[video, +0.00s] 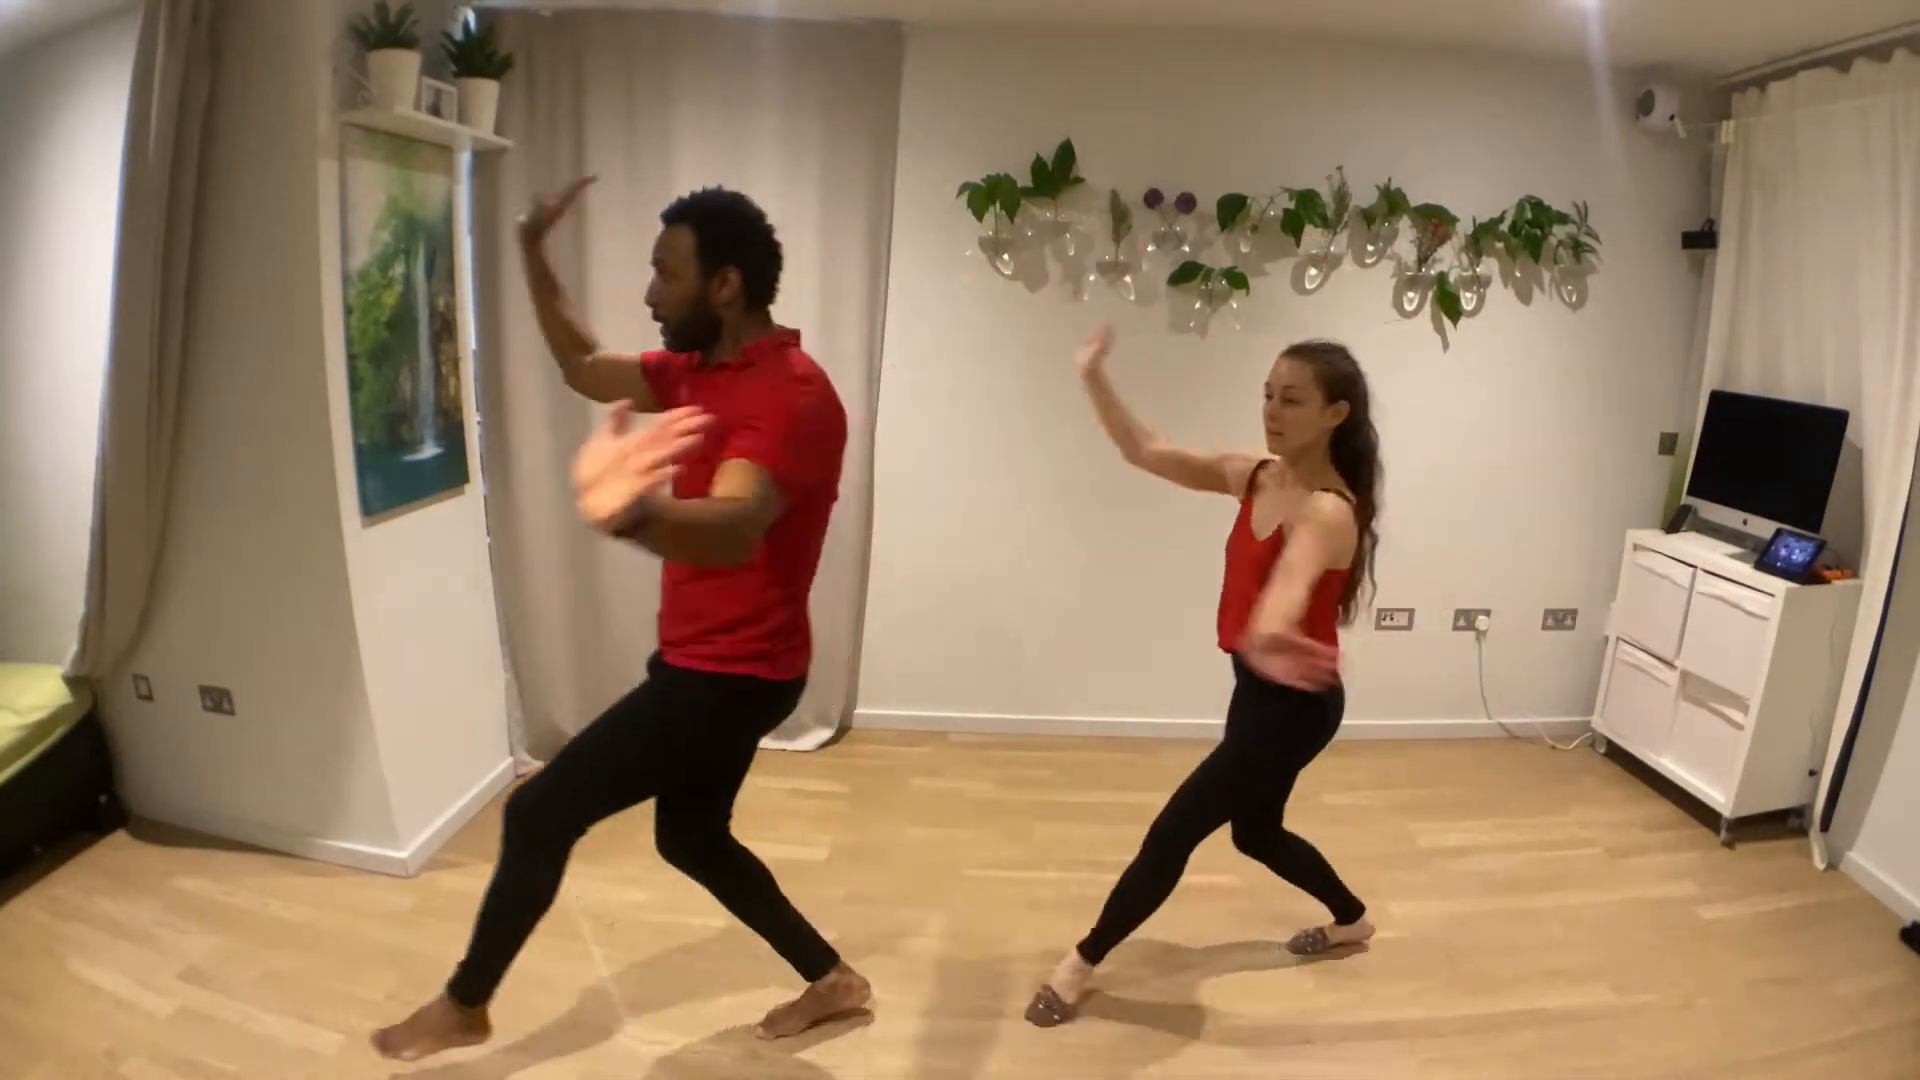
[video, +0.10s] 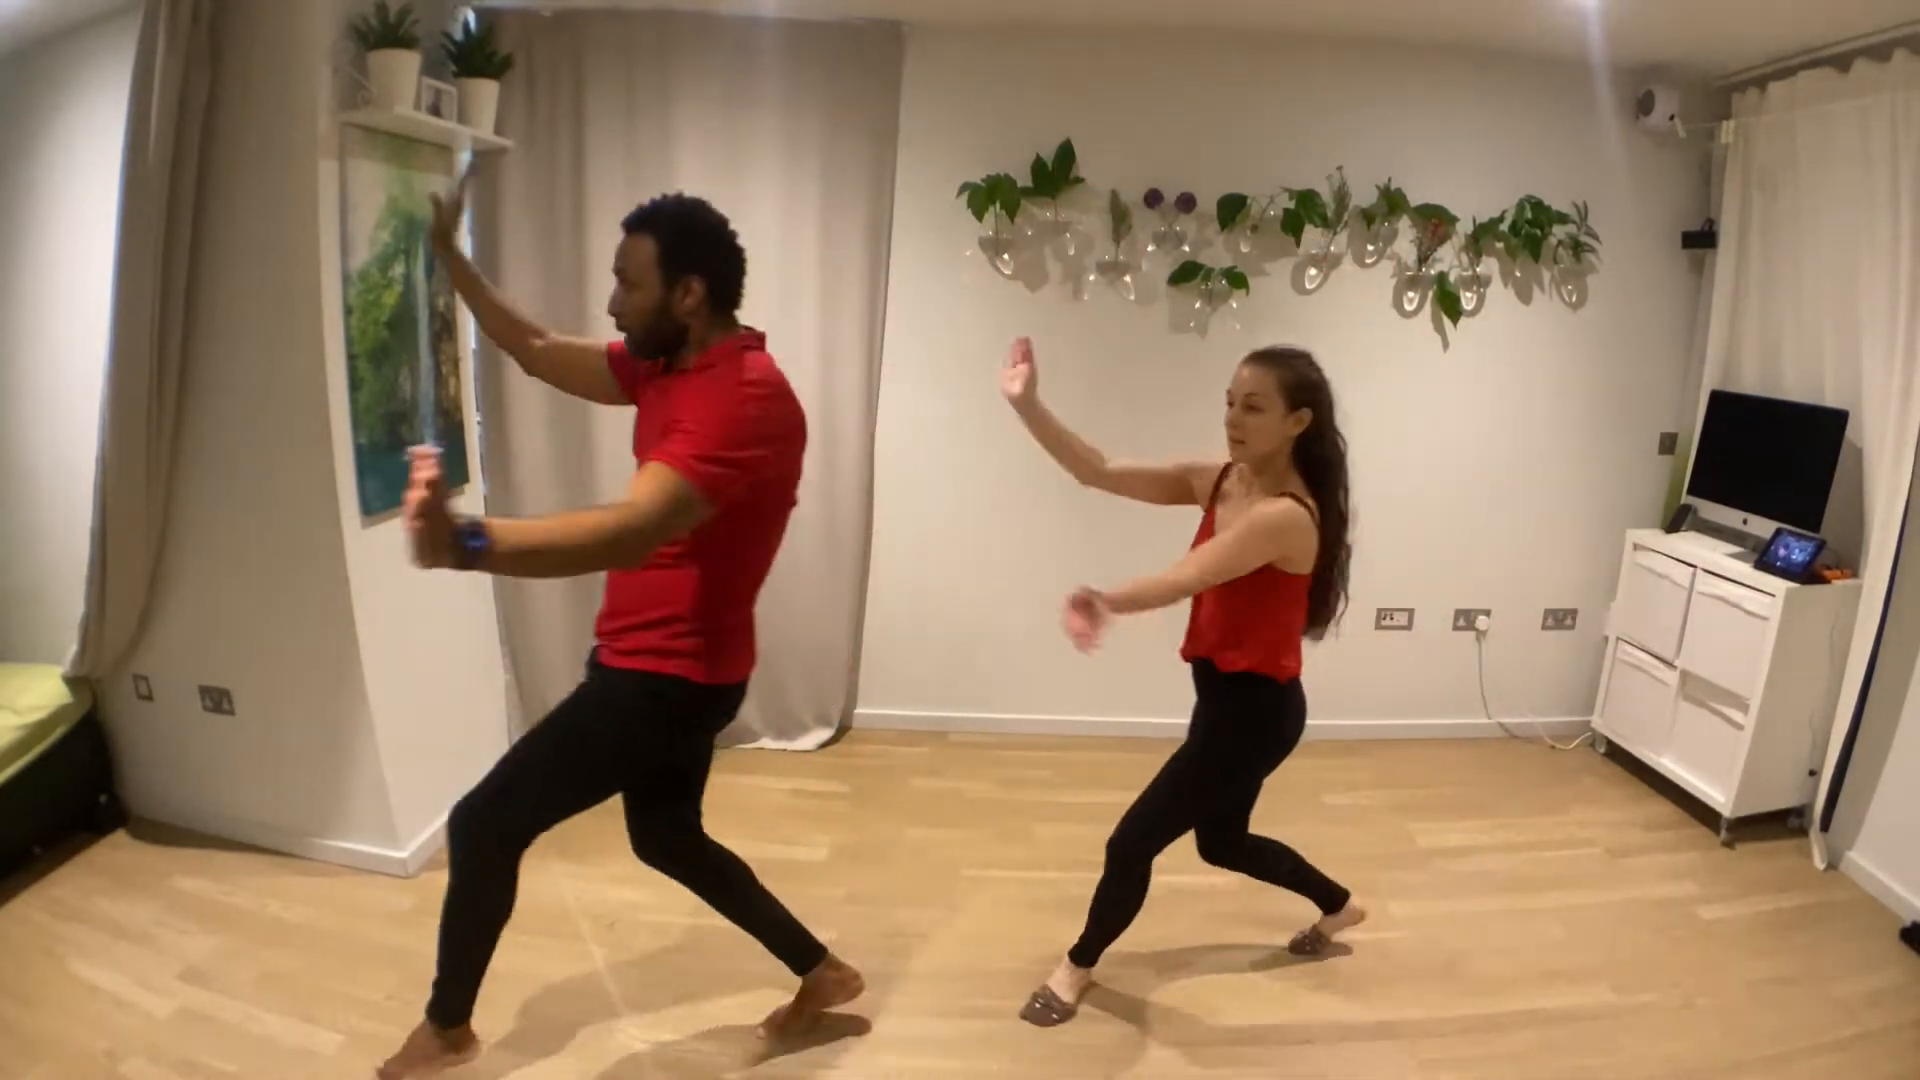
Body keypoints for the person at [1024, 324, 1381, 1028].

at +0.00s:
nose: (1270, 409)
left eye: (1289, 398)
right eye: (1269, 394)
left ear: (1336, 415)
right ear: (1264, 397)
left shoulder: (1328, 513)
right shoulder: (1254, 472)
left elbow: (1292, 585)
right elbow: (1147, 451)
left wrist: (1267, 627)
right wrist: (1096, 379)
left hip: (1298, 701)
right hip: (1256, 686)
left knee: (1177, 826)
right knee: (1257, 833)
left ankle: (1081, 963)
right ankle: (1352, 918)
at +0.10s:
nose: (1233, 417)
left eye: (1253, 407)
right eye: (1231, 402)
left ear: (1299, 422)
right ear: (1227, 402)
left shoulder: (1287, 517)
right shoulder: (1217, 478)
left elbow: (1190, 577)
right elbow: (1099, 471)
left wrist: (1107, 599)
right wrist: (1028, 405)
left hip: (1258, 711)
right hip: (1220, 701)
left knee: (1132, 843)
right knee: (1223, 843)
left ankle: (1076, 970)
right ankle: (1341, 905)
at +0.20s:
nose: (1197, 421)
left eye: (1216, 410)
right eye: (1195, 406)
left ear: (1264, 425)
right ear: (1193, 408)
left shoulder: (1247, 519)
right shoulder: (1190, 478)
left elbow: (1132, 581)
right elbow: (1084, 471)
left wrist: (1017, 584)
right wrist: (1011, 435)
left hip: (1223, 716)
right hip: (1185, 706)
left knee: (1103, 853)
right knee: (1165, 851)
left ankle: (1074, 972)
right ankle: (1292, 887)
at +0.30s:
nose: (1175, 423)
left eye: (1195, 412)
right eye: (1174, 408)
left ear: (1241, 427)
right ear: (1172, 408)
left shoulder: (1222, 515)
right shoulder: (1175, 475)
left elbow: (1121, 581)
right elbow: (1081, 453)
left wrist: (996, 602)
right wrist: (1022, 427)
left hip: (1207, 716)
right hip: (1161, 703)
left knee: (1091, 857)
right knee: (1107, 844)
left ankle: (1074, 973)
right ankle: (1224, 881)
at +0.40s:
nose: (1165, 422)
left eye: (1184, 412)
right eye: (1164, 407)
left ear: (1232, 426)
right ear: (1165, 410)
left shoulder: (1217, 508)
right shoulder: (1171, 466)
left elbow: (1162, 583)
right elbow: (1104, 428)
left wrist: (1062, 641)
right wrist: (1065, 395)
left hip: (1196, 709)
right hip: (1148, 694)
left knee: (1087, 850)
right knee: (1074, 843)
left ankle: (1076, 971)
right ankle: (1163, 880)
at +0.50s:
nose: (1168, 420)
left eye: (1188, 409)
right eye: (1167, 403)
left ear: (1232, 420)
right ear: (1160, 404)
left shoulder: (1231, 501)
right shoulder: (1167, 458)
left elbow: (1275, 567)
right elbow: (1107, 391)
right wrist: (1078, 338)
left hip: (1202, 692)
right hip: (1144, 678)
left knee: (1092, 849)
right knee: (1096, 831)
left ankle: (1074, 970)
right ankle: (1156, 889)